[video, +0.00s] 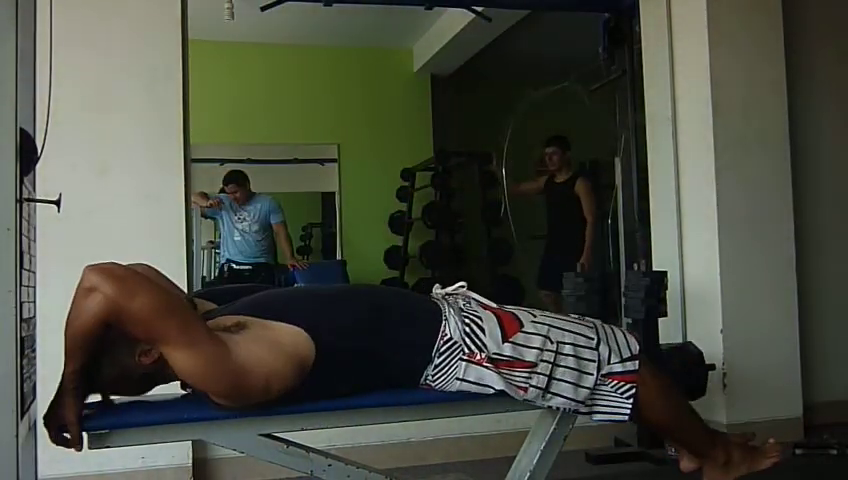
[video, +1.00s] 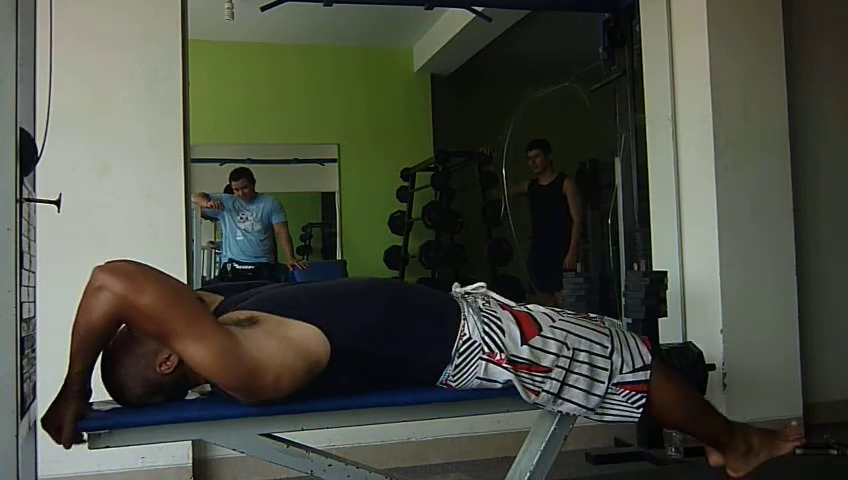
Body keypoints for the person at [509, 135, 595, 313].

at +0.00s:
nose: (549, 159)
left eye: (553, 154)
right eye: (547, 155)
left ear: (565, 155)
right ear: (544, 157)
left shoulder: (579, 183)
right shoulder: (547, 182)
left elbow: (591, 220)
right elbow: (517, 188)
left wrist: (586, 255)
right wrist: (499, 174)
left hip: (574, 247)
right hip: (553, 246)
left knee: (571, 293)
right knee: (547, 292)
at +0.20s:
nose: (542, 160)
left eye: (547, 154)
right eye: (540, 155)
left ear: (559, 156)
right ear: (538, 158)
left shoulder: (573, 184)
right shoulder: (540, 183)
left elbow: (585, 221)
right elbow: (511, 189)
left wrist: (583, 255)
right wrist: (497, 174)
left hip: (569, 252)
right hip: (547, 251)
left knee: (570, 301)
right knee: (549, 298)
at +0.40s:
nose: (533, 162)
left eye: (538, 157)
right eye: (531, 158)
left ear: (549, 158)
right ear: (529, 161)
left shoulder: (566, 185)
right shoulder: (533, 185)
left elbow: (578, 222)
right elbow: (507, 190)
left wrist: (572, 256)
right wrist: (494, 173)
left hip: (562, 251)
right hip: (541, 251)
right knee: (541, 296)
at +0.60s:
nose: (527, 165)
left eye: (531, 160)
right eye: (524, 161)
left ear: (543, 159)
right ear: (522, 164)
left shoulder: (562, 184)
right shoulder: (528, 187)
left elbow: (574, 219)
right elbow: (501, 191)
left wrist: (568, 252)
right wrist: (490, 169)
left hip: (559, 250)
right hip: (538, 250)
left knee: (561, 298)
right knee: (542, 297)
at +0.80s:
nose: (528, 164)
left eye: (532, 159)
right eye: (525, 161)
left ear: (543, 159)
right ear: (523, 163)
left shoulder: (563, 185)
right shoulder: (528, 188)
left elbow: (575, 219)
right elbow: (501, 191)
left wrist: (569, 253)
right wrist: (489, 168)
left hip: (559, 250)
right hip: (537, 250)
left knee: (561, 298)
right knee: (542, 297)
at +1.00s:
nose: (532, 162)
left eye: (536, 157)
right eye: (529, 158)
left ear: (548, 157)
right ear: (528, 161)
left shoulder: (565, 183)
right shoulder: (530, 186)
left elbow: (577, 220)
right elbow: (500, 190)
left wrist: (572, 253)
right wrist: (489, 167)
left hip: (561, 251)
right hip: (538, 250)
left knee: (563, 300)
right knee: (544, 300)